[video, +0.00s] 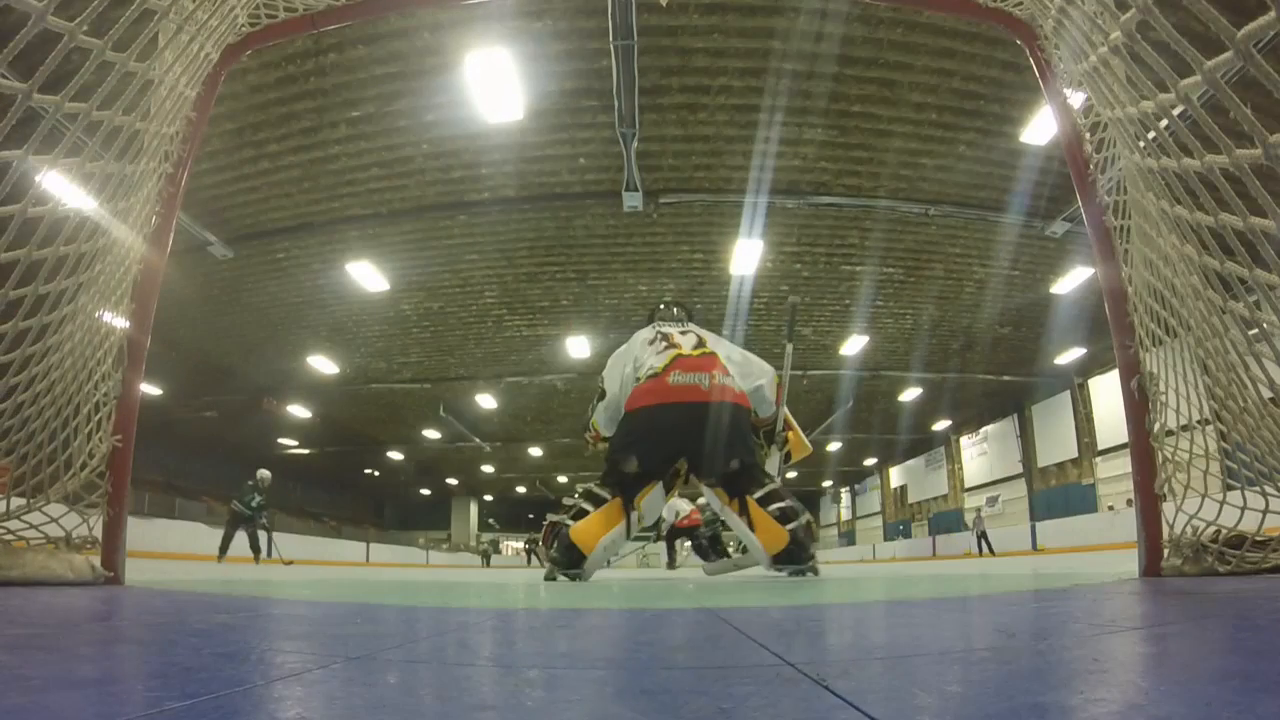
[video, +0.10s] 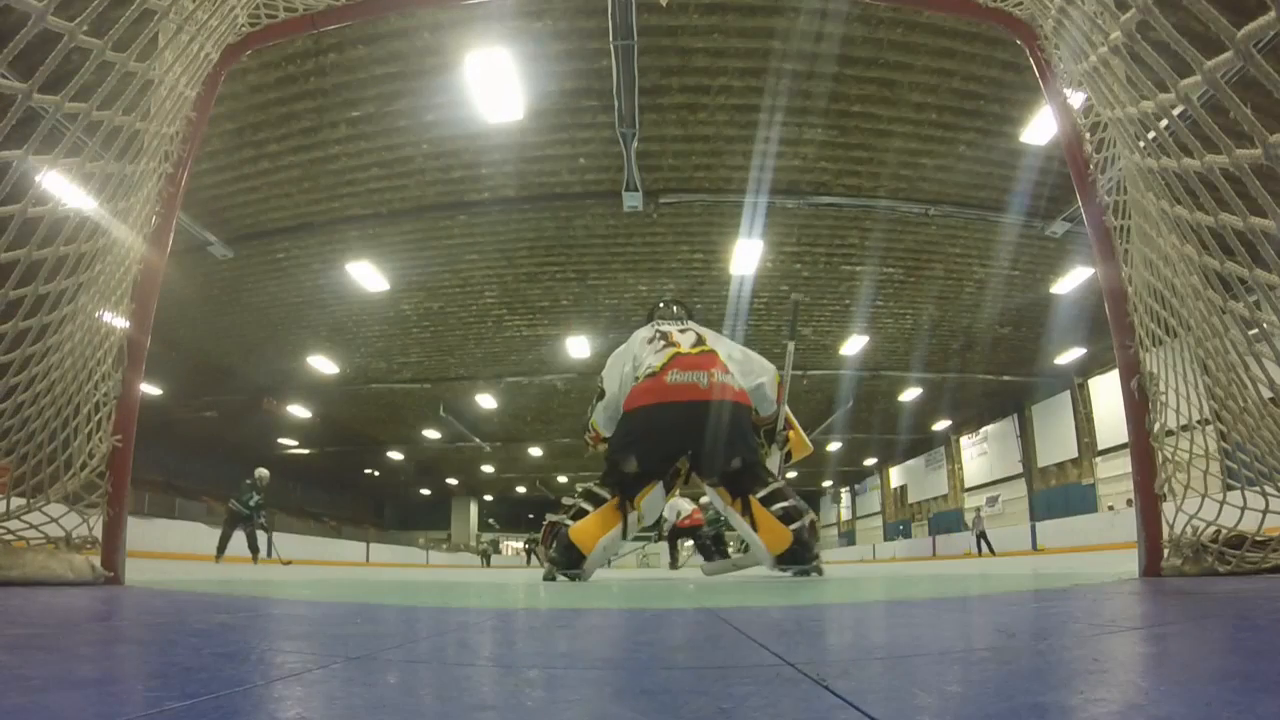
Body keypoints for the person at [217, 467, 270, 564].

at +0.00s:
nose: (267, 485)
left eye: (268, 482)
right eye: (266, 482)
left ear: (266, 481)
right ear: (260, 480)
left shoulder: (262, 494)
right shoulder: (247, 487)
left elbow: (261, 510)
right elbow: (234, 503)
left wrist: (264, 522)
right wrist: (249, 513)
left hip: (250, 517)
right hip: (237, 514)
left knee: (253, 537)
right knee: (228, 535)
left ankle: (257, 557)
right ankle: (221, 555)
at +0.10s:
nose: (265, 483)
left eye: (266, 481)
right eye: (264, 481)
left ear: (264, 480)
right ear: (259, 478)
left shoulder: (260, 493)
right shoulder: (246, 485)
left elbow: (260, 509)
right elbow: (245, 499)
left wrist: (262, 522)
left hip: (248, 515)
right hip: (235, 512)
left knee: (251, 535)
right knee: (226, 533)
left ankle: (255, 556)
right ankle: (219, 555)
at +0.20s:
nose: (262, 481)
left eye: (263, 479)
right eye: (261, 478)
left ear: (261, 477)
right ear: (255, 476)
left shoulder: (256, 490)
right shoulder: (242, 482)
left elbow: (255, 508)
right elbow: (241, 497)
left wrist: (259, 521)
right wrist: (253, 500)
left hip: (244, 514)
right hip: (230, 511)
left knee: (248, 534)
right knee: (222, 532)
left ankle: (252, 555)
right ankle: (214, 554)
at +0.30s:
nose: (261, 480)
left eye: (261, 477)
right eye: (259, 477)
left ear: (260, 476)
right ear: (253, 474)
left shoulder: (255, 489)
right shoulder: (240, 481)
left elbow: (255, 507)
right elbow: (239, 495)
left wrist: (258, 521)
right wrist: (251, 501)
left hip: (242, 513)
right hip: (228, 509)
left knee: (246, 533)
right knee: (220, 532)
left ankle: (250, 555)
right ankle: (212, 554)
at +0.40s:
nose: (258, 477)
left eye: (259, 474)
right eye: (257, 473)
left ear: (255, 473)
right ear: (251, 471)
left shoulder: (252, 486)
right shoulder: (237, 478)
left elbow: (251, 503)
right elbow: (236, 494)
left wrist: (255, 518)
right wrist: (247, 500)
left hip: (238, 511)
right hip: (223, 508)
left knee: (242, 534)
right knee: (216, 532)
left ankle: (247, 555)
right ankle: (208, 554)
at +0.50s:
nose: (256, 475)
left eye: (257, 473)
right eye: (255, 472)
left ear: (255, 472)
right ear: (248, 470)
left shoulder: (250, 486)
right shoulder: (235, 476)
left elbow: (249, 502)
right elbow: (234, 492)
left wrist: (253, 517)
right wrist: (246, 498)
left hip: (235, 510)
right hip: (221, 506)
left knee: (240, 532)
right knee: (214, 531)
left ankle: (245, 554)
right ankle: (207, 553)